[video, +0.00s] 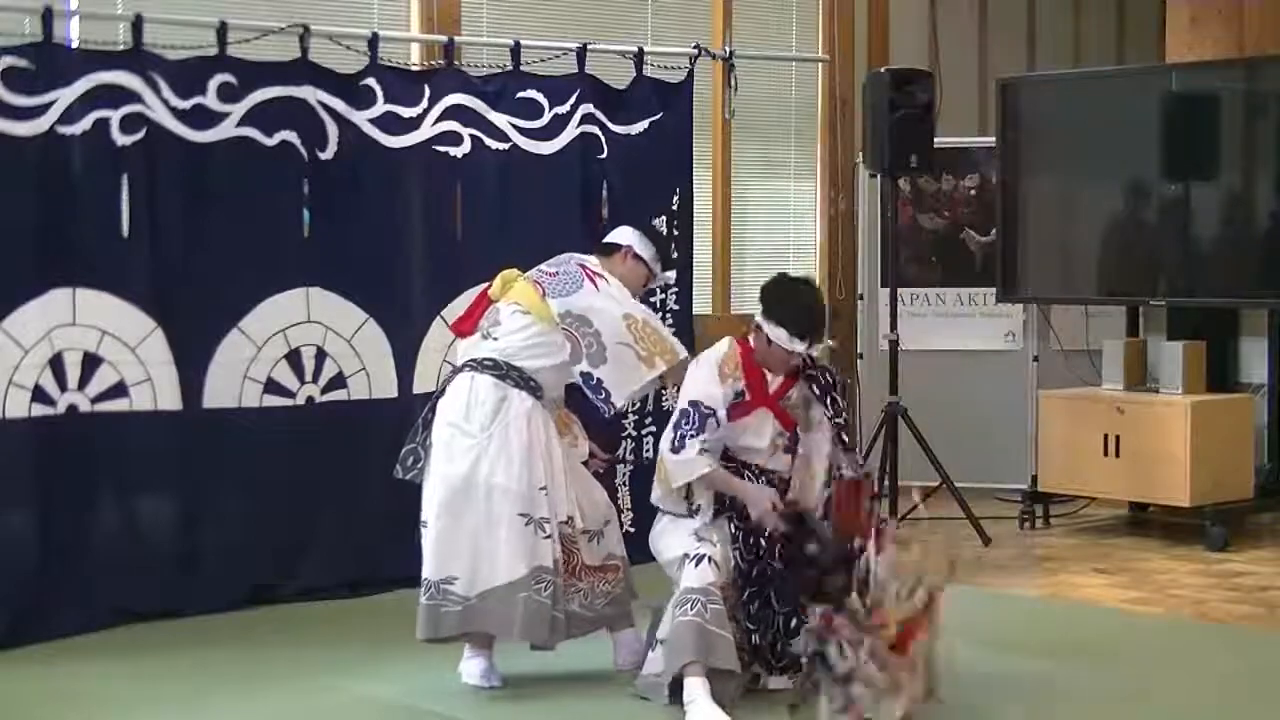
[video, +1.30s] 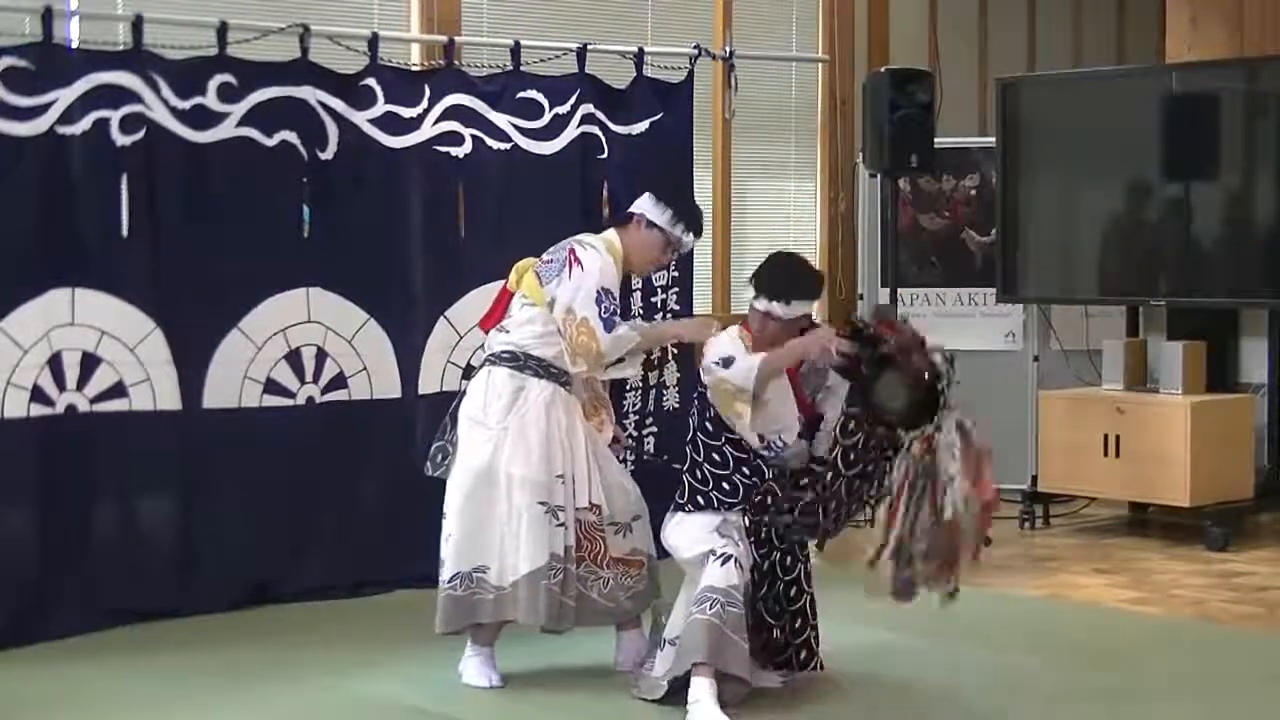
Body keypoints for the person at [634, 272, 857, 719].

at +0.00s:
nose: (797, 361)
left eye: (805, 352)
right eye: (788, 351)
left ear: (814, 340)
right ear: (759, 332)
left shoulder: (811, 384)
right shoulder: (716, 365)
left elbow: (821, 458)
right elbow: (685, 450)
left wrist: (800, 513)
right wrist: (746, 492)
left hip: (762, 523)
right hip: (690, 512)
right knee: (706, 563)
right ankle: (695, 688)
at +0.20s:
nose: (810, 399)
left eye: (819, 393)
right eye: (805, 389)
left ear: (834, 381)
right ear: (784, 362)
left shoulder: (819, 401)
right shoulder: (727, 385)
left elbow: (811, 473)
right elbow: (689, 478)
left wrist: (793, 530)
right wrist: (734, 516)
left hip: (763, 518)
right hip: (692, 511)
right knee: (701, 562)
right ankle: (695, 687)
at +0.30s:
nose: (813, 408)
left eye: (823, 403)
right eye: (807, 397)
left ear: (839, 392)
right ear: (789, 369)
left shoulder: (831, 412)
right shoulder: (731, 388)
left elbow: (829, 480)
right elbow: (683, 475)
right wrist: (723, 520)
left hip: (771, 526)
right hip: (693, 511)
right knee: (701, 564)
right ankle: (695, 689)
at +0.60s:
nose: (821, 419)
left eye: (831, 415)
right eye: (818, 407)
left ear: (843, 403)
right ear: (801, 377)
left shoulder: (824, 416)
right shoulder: (741, 385)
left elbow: (815, 479)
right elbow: (709, 474)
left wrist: (792, 528)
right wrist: (761, 512)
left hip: (752, 522)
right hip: (692, 514)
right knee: (710, 561)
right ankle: (699, 690)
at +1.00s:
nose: (815, 371)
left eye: (824, 364)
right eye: (809, 360)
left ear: (837, 354)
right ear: (788, 337)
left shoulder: (831, 386)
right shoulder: (737, 370)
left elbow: (833, 459)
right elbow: (711, 456)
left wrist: (808, 521)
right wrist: (751, 504)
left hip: (781, 516)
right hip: (709, 508)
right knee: (712, 565)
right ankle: (699, 688)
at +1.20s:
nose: (775, 332)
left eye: (788, 325)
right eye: (772, 321)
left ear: (805, 322)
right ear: (759, 309)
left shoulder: (819, 364)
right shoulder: (726, 351)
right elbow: (739, 405)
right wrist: (807, 398)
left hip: (789, 511)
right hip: (716, 503)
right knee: (722, 562)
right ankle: (700, 690)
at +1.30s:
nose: (803, 332)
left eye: (806, 322)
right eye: (796, 322)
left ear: (807, 318)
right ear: (761, 314)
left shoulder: (785, 363)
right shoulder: (723, 347)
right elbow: (742, 375)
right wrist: (804, 347)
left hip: (759, 514)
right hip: (705, 509)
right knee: (726, 567)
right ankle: (701, 689)